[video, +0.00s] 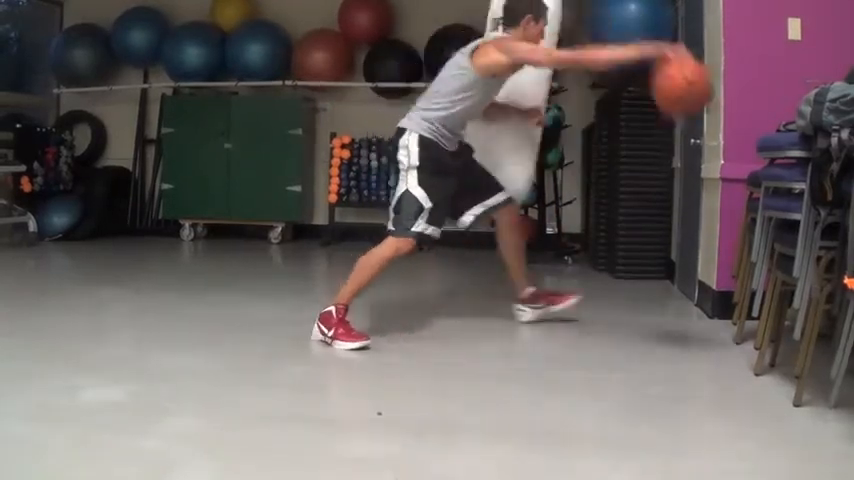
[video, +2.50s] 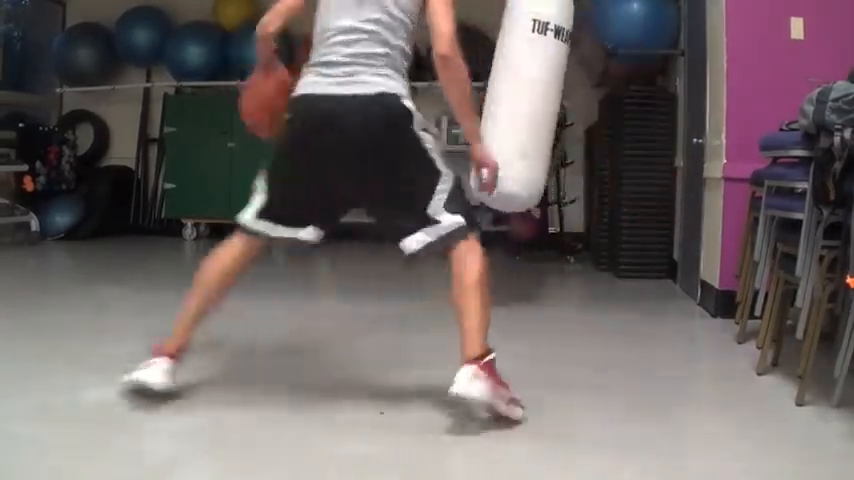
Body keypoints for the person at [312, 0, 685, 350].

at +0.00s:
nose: (542, 41)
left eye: (542, 34)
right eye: (539, 32)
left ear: (521, 25)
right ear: (523, 25)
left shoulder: (493, 53)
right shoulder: (494, 49)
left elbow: (473, 102)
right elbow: (582, 59)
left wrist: (521, 113)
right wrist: (649, 49)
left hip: (452, 150)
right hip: (419, 143)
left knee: (507, 210)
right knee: (405, 237)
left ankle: (525, 297)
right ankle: (334, 314)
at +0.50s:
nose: (608, 85)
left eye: (609, 78)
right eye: (609, 78)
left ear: (579, 69)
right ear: (595, 75)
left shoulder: (561, 91)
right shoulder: (561, 102)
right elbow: (625, 157)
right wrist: (677, 152)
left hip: (496, 169)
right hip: (468, 165)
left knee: (562, 218)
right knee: (501, 253)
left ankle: (555, 306)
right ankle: (433, 341)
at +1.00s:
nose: (619, 43)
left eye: (622, 37)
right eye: (621, 35)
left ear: (598, 23)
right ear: (611, 27)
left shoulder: (575, 45)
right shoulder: (577, 44)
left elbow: (584, 93)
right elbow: (583, 90)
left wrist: (632, 95)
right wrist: (638, 84)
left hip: (534, 132)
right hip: (515, 128)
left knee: (578, 199)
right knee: (537, 218)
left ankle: (545, 278)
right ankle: (481, 311)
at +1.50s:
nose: (601, 42)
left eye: (603, 35)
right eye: (601, 34)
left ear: (583, 26)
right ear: (589, 28)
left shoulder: (567, 58)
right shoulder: (549, 57)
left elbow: (563, 100)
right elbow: (536, 115)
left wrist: (606, 103)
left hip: (530, 156)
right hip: (506, 154)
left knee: (552, 221)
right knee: (552, 234)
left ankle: (550, 282)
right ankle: (494, 316)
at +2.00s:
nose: (549, 6)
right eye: (547, 5)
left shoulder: (471, 18)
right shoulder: (527, 18)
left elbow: (461, 95)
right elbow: (525, 99)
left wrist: (459, 170)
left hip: (461, 135)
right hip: (490, 133)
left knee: (515, 234)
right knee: (520, 249)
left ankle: (492, 319)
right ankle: (464, 355)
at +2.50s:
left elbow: (269, 27)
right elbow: (445, 50)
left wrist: (267, 76)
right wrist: (475, 141)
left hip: (310, 111)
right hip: (383, 114)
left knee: (247, 237)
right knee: (463, 241)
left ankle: (165, 356)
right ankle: (476, 368)